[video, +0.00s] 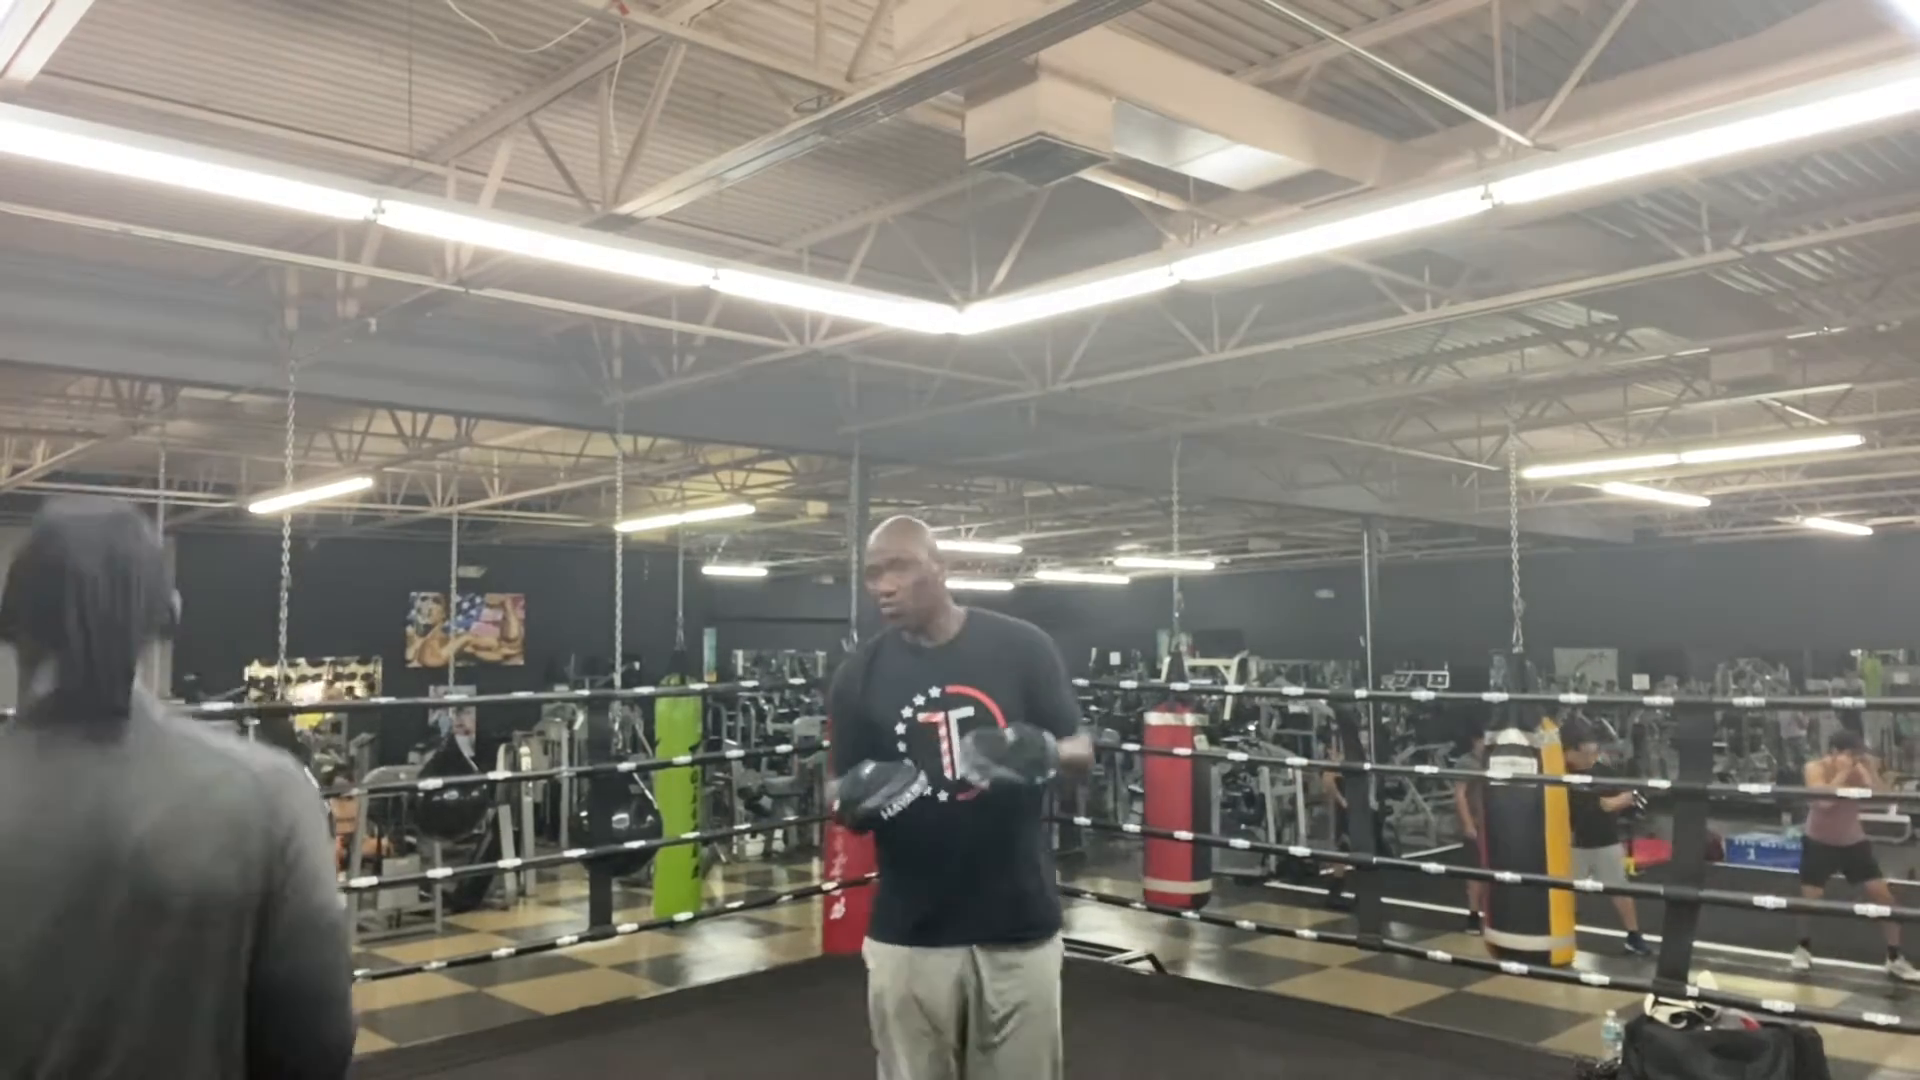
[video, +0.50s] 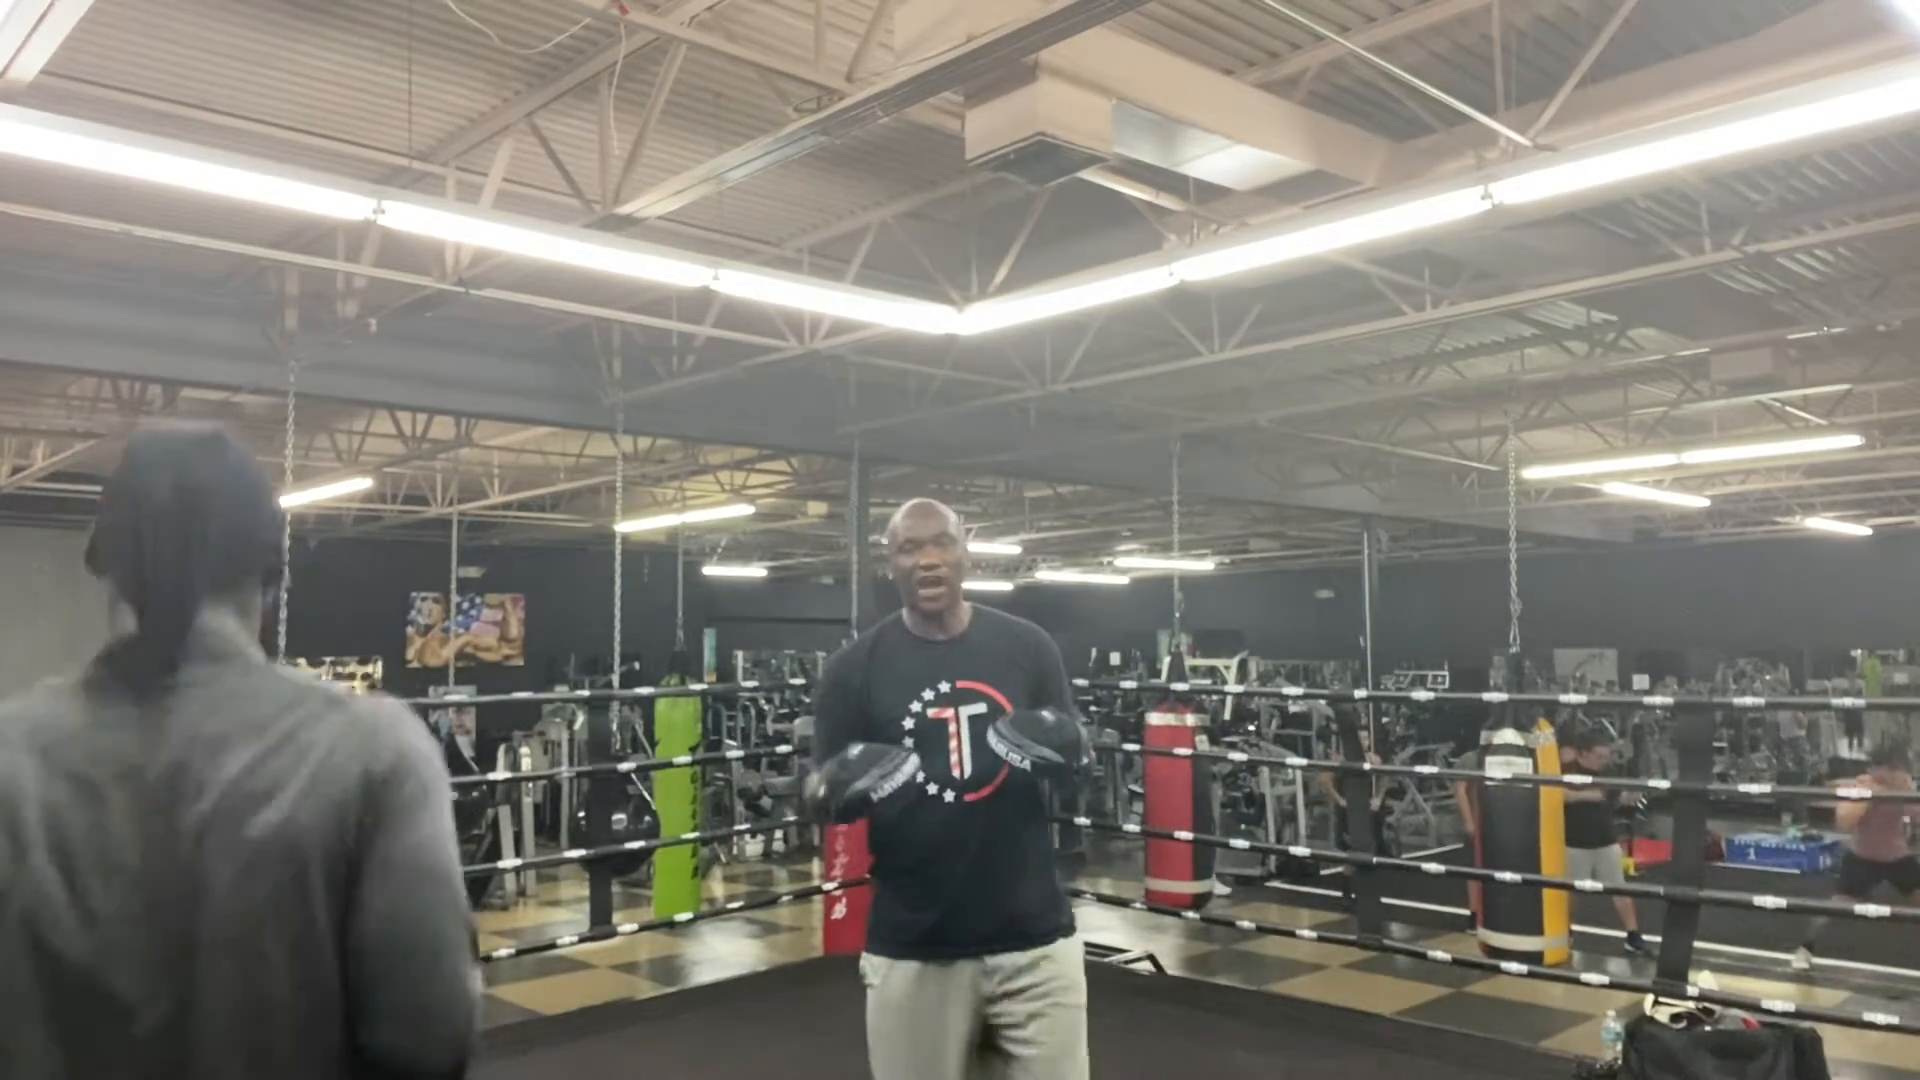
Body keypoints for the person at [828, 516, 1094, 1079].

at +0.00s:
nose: (881, 586)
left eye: (896, 568)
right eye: (873, 572)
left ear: (938, 569)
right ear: (866, 579)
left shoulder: (1025, 648)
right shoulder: (859, 675)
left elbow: (1082, 752)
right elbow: (839, 790)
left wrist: (1046, 753)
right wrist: (854, 799)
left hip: (1018, 928)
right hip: (908, 935)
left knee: (1023, 1072)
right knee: (912, 1073)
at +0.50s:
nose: (928, 559)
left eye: (942, 543)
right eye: (911, 547)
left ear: (965, 554)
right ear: (890, 564)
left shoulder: (1031, 648)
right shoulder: (852, 669)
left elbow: (1074, 793)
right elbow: (820, 794)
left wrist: (1068, 755)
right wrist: (835, 789)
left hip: (1034, 942)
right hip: (913, 950)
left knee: (1058, 1072)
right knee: (914, 1073)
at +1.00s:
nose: (1033, 556)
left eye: (1049, 541)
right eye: (1017, 544)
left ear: (1074, 553)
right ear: (997, 558)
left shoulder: (1122, 650)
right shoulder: (954, 647)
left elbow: (1177, 784)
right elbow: (908, 764)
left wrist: (1178, 692)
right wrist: (856, 750)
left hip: (1079, 939)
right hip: (961, 934)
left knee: (1081, 1072)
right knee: (942, 1072)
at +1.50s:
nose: (1085, 568)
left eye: (1102, 552)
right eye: (1070, 553)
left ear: (1132, 560)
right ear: (1054, 564)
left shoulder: (1176, 671)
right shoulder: (1027, 642)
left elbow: (1205, 809)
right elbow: (996, 746)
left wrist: (1105, 788)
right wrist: (982, 777)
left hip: (1115, 967)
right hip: (1011, 946)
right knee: (987, 1072)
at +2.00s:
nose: (1064, 569)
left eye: (1081, 555)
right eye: (1050, 555)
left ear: (1108, 568)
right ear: (1033, 568)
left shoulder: (1153, 669)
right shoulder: (1004, 654)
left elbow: (1193, 797)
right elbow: (973, 761)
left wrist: (1121, 774)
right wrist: (970, 765)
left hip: (1106, 943)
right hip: (1013, 929)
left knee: (1105, 1072)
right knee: (1029, 1071)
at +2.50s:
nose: (1001, 575)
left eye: (1015, 561)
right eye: (1001, 562)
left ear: (1064, 568)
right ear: (1052, 570)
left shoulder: (1145, 648)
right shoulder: (1000, 652)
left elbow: (1205, 767)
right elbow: (974, 775)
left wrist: (1134, 730)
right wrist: (998, 740)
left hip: (1122, 920)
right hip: (1031, 914)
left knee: (1115, 1074)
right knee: (1026, 1070)